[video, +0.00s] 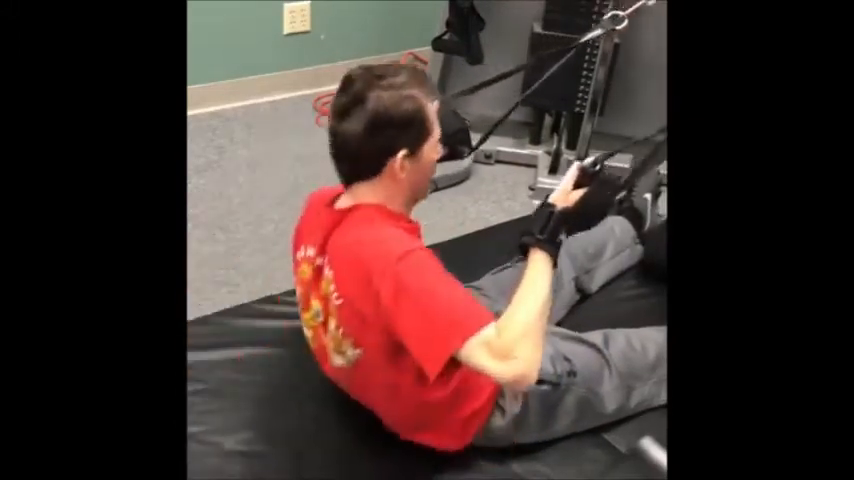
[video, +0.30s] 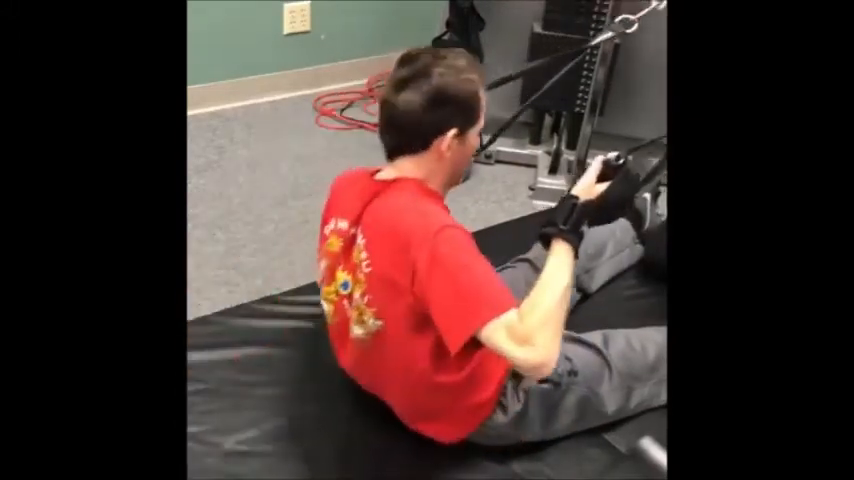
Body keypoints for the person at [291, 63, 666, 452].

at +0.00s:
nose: (442, 152)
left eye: (439, 138)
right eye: (435, 142)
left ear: (346, 151)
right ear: (400, 164)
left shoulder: (321, 208)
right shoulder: (394, 260)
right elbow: (515, 362)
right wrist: (546, 237)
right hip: (479, 397)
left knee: (563, 257)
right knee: (657, 354)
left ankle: (635, 218)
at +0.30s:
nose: (480, 143)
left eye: (480, 131)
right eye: (477, 132)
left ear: (393, 130)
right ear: (446, 144)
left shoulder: (348, 187)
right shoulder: (432, 234)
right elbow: (536, 353)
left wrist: (569, 207)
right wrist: (567, 228)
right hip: (486, 400)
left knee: (559, 260)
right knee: (664, 350)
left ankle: (638, 224)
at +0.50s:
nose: (493, 146)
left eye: (496, 132)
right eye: (494, 133)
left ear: (407, 122)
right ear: (467, 139)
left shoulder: (355, 182)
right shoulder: (448, 231)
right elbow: (547, 355)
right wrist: (580, 229)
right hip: (485, 402)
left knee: (577, 246)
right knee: (665, 350)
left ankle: (643, 227)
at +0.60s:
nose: (495, 146)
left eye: (499, 133)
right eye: (497, 133)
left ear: (410, 123)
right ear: (473, 140)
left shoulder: (357, 181)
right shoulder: (453, 233)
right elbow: (552, 357)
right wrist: (587, 234)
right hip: (482, 403)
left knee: (570, 252)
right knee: (664, 349)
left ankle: (641, 230)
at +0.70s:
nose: (499, 145)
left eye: (502, 132)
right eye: (500, 132)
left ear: (413, 126)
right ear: (474, 141)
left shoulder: (357, 182)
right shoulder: (455, 235)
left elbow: (409, 158)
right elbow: (556, 361)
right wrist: (593, 229)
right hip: (482, 404)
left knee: (572, 254)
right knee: (665, 349)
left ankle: (643, 229)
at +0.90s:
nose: (508, 146)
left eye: (510, 132)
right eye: (509, 133)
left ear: (423, 127)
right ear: (484, 142)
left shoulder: (361, 182)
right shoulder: (465, 238)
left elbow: (417, 153)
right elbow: (565, 362)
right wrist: (602, 235)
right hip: (480, 406)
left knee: (575, 253)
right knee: (664, 350)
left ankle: (640, 231)